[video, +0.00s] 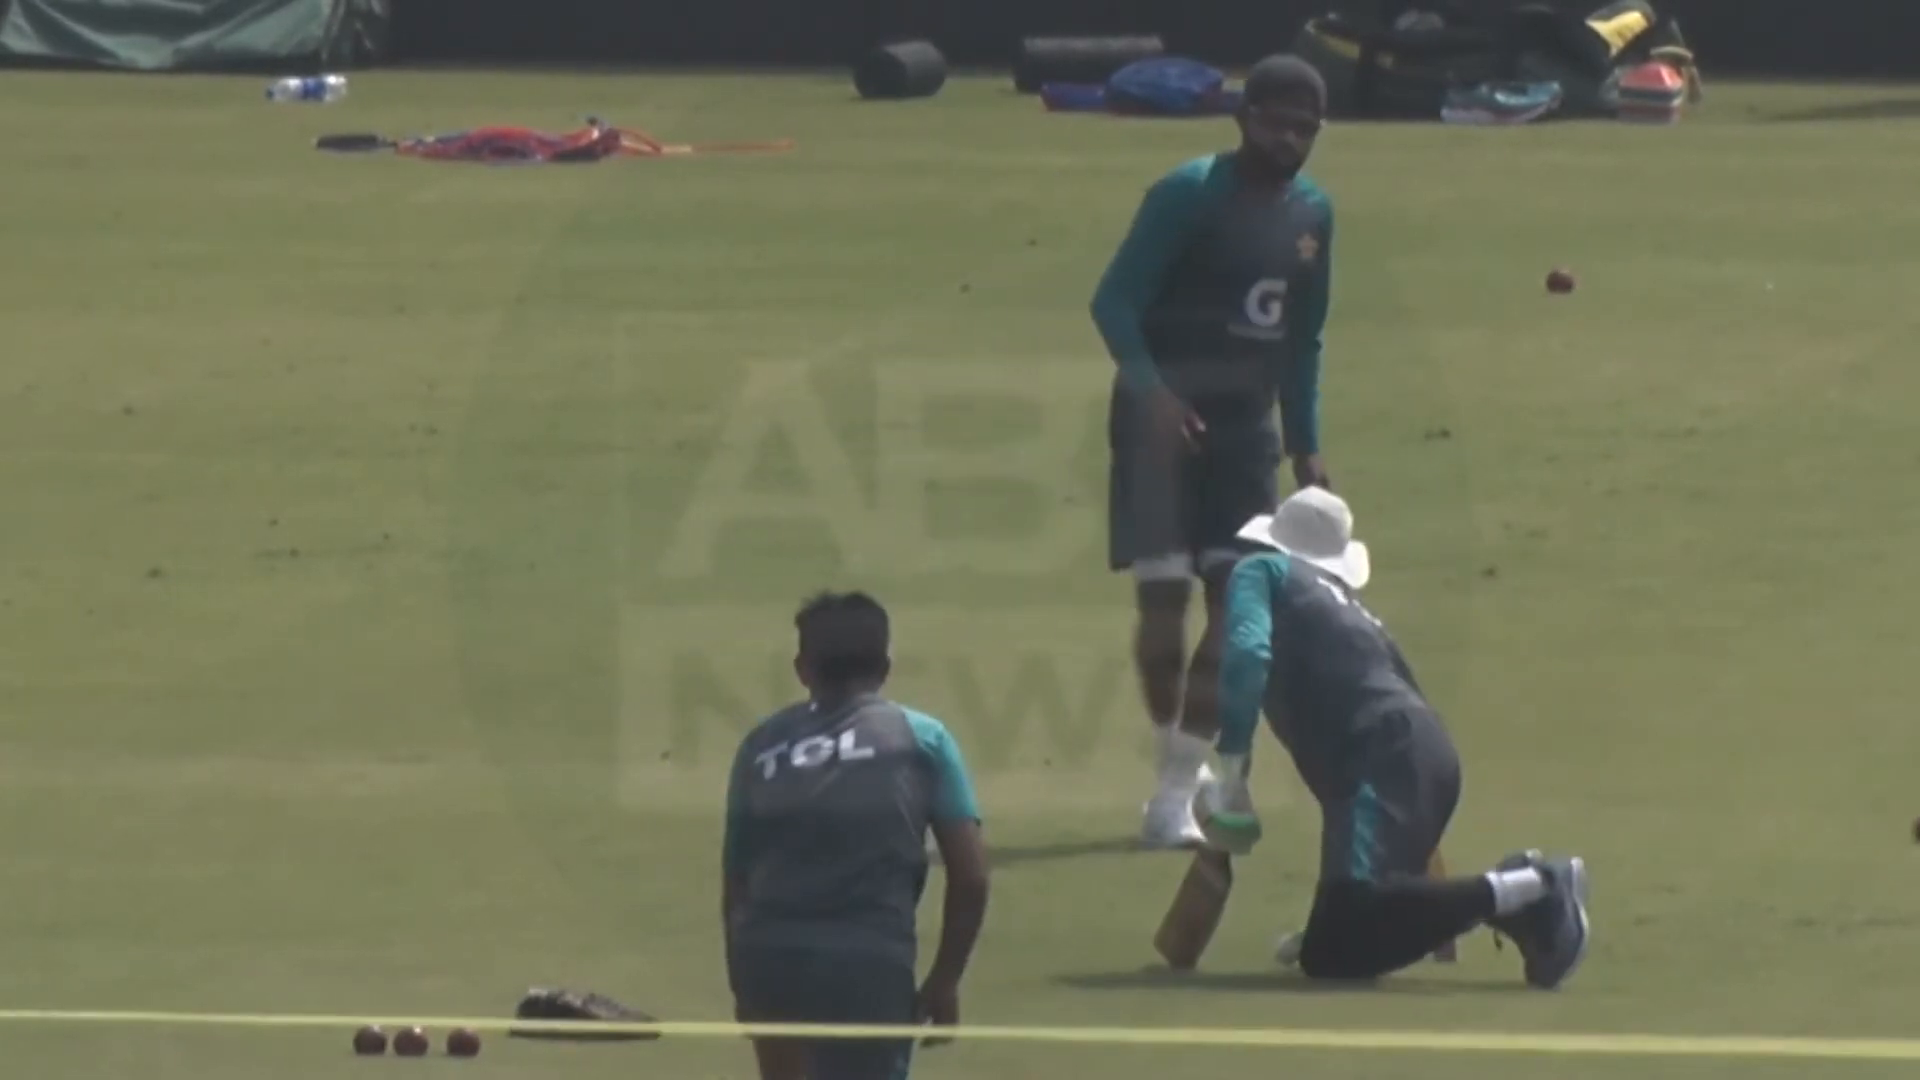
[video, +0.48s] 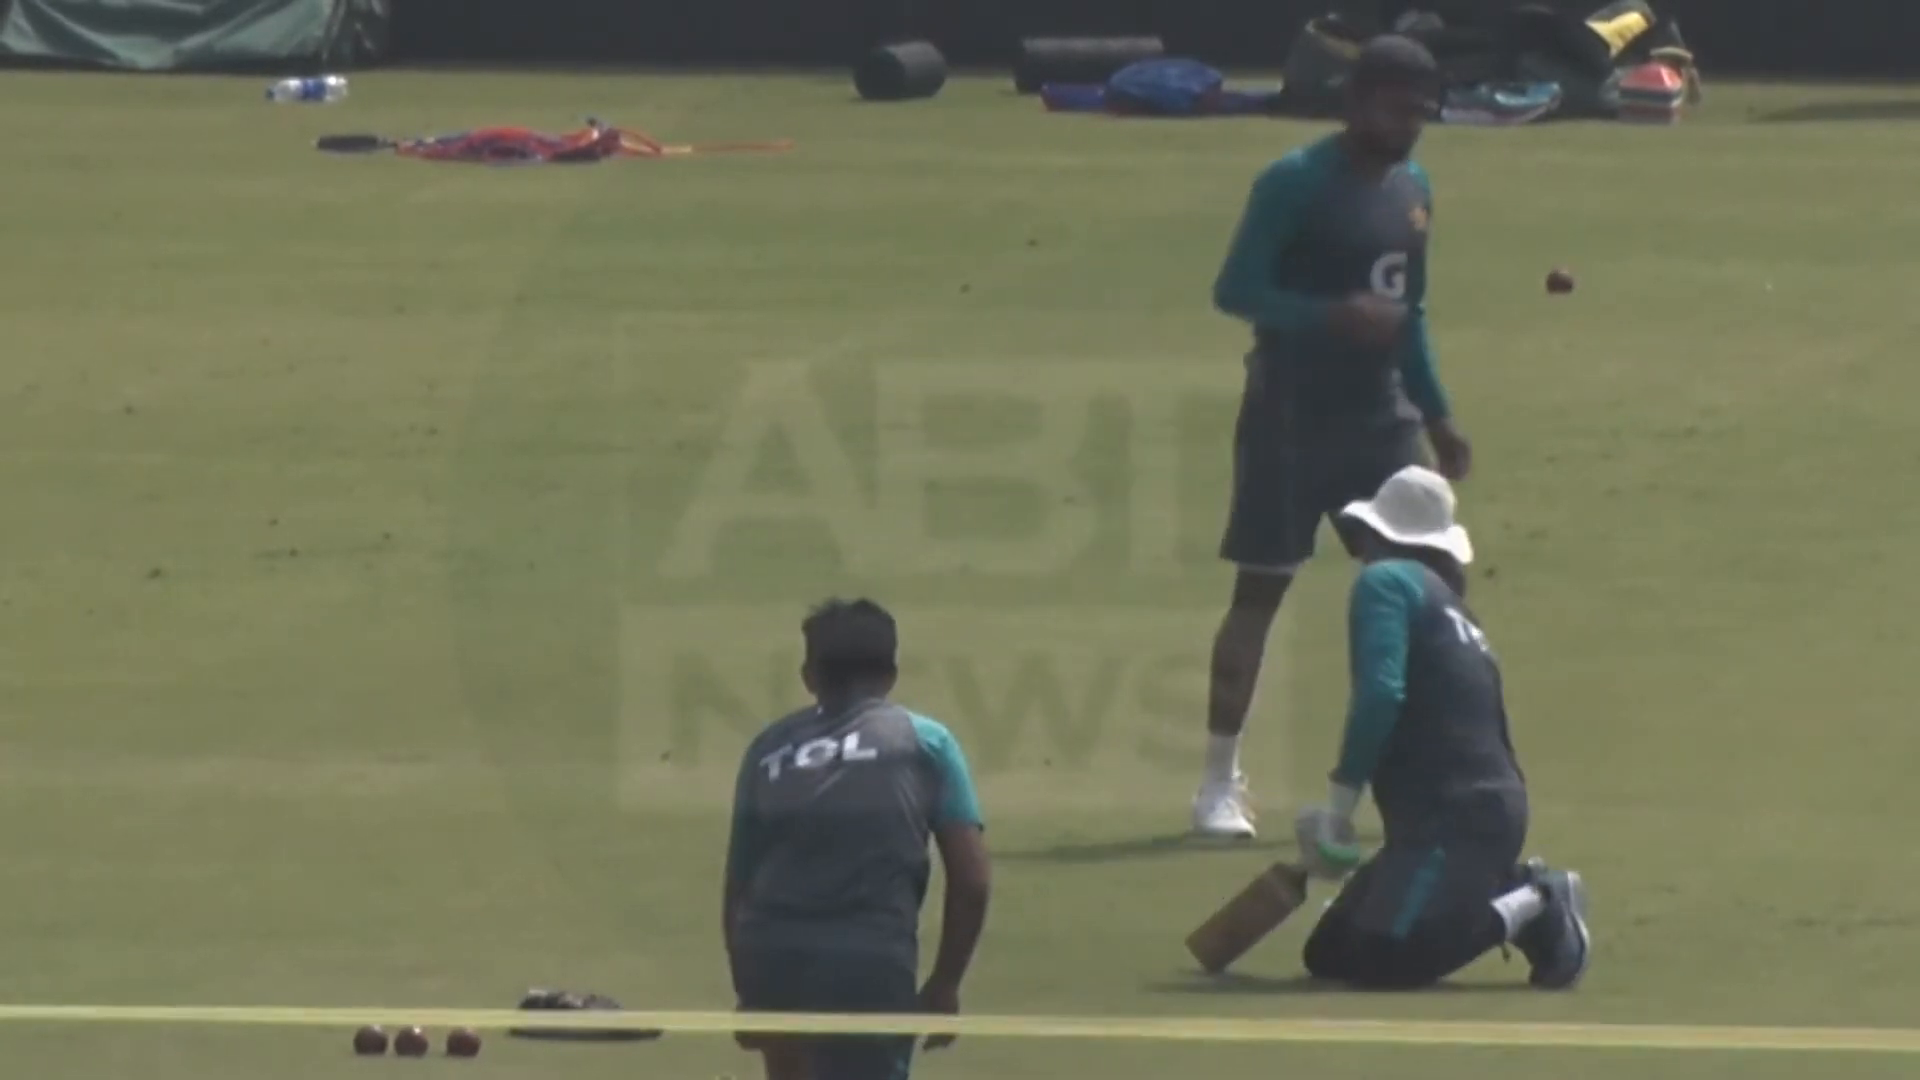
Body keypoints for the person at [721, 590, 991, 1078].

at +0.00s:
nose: (794, 665)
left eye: (796, 655)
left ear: (803, 669)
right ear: (884, 667)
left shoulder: (759, 745)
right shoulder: (922, 737)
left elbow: (736, 886)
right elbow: (971, 877)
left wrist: (745, 986)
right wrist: (944, 983)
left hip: (770, 965)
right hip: (870, 968)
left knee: (785, 1069)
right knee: (869, 1068)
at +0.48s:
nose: (802, 675)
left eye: (804, 665)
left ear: (810, 676)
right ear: (890, 674)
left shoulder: (767, 747)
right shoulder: (927, 740)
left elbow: (737, 892)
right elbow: (972, 879)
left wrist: (748, 996)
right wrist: (944, 988)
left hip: (773, 967)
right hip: (873, 969)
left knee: (791, 1069)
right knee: (872, 1069)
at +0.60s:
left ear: (812, 676)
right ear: (893, 676)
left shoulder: (769, 743)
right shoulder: (930, 743)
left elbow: (722, 892)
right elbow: (972, 882)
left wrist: (743, 979)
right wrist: (947, 991)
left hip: (773, 960)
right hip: (871, 964)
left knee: (792, 1065)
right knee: (873, 1068)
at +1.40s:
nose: (802, 681)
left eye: (803, 672)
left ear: (809, 683)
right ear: (891, 679)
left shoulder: (768, 750)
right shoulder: (925, 743)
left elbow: (740, 896)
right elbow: (968, 883)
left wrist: (749, 1000)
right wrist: (939, 988)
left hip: (773, 971)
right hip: (872, 972)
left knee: (790, 1068)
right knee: (872, 1069)